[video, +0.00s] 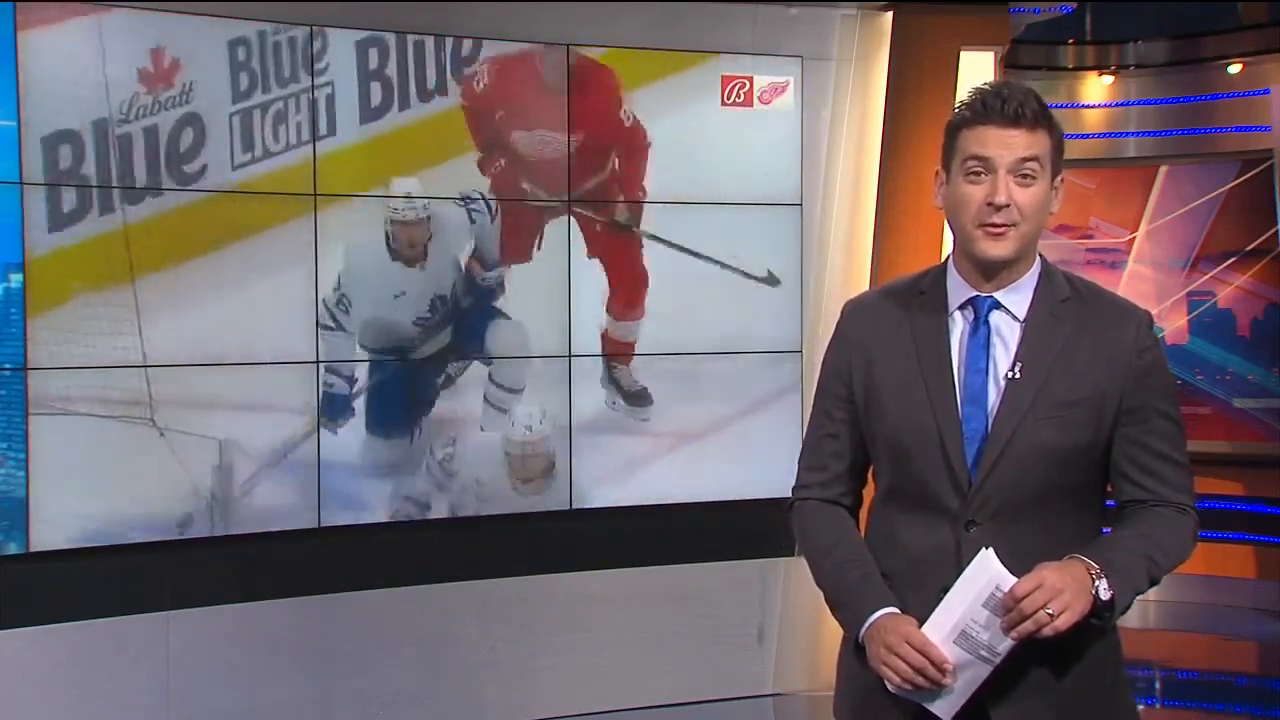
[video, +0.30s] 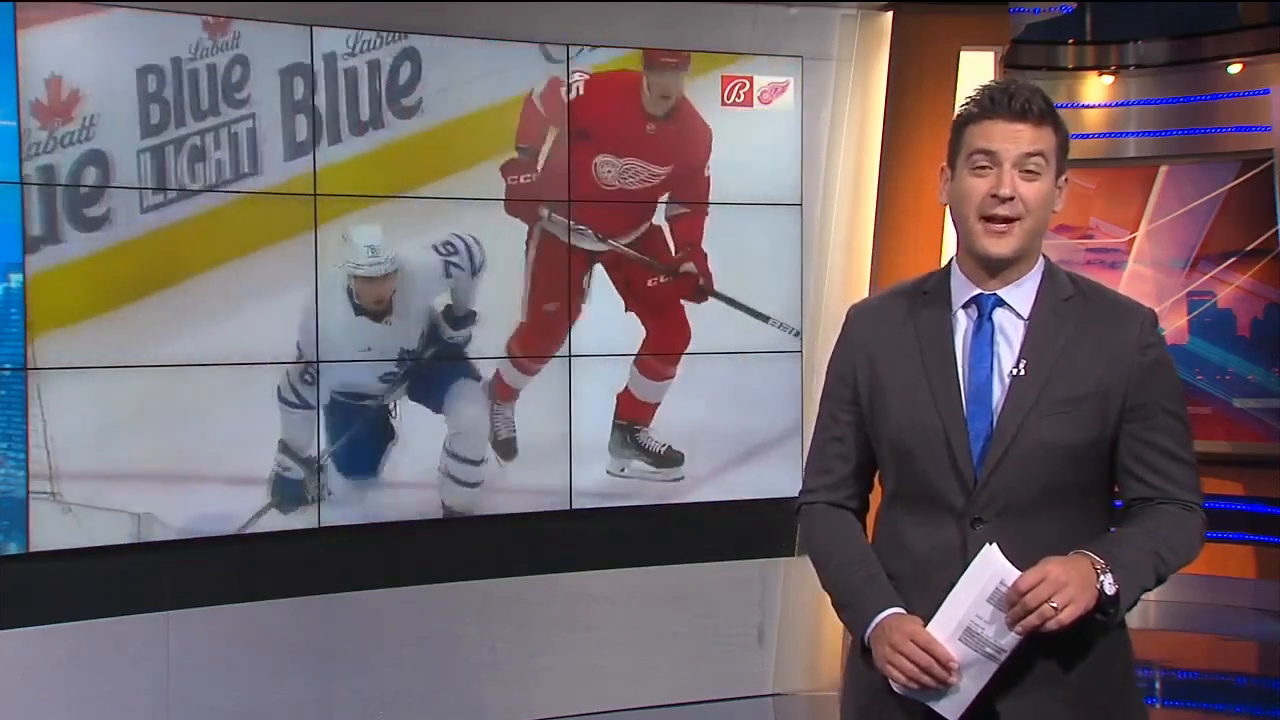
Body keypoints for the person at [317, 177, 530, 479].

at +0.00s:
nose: (412, 237)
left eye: (419, 227)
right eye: (403, 229)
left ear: (430, 223)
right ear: (388, 229)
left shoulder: (451, 223)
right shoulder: (362, 266)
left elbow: (483, 206)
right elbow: (334, 325)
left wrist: (491, 271)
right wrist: (336, 389)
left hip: (454, 323)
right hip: (398, 355)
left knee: (511, 340)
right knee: (383, 458)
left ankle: (493, 437)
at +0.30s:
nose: (379, 290)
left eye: (386, 277)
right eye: (368, 280)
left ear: (397, 273)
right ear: (350, 279)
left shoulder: (420, 270)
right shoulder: (322, 316)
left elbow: (469, 252)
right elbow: (298, 394)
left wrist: (459, 323)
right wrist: (291, 468)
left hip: (418, 361)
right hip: (352, 390)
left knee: (472, 409)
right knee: (352, 488)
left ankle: (458, 509)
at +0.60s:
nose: (265, 252)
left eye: (272, 241)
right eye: (255, 243)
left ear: (291, 234)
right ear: (244, 243)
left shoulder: (327, 231)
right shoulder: (226, 277)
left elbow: (383, 223)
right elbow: (199, 341)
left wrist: (370, 288)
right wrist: (187, 404)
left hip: (329, 311)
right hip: (263, 327)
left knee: (345, 392)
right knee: (269, 414)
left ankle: (353, 495)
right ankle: (296, 461)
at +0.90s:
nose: (132, 221)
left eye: (139, 210)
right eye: (122, 214)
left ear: (153, 205)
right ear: (109, 214)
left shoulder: (194, 215)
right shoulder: (96, 252)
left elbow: (244, 223)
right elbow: (95, 309)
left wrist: (234, 279)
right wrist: (89, 358)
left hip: (218, 301)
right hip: (153, 312)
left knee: (263, 384)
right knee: (143, 399)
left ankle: (299, 460)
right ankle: (179, 486)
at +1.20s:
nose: (159, 142)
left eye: (164, 132)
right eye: (150, 135)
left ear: (175, 127)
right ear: (139, 135)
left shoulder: (207, 138)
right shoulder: (128, 170)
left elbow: (249, 145)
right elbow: (126, 223)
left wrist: (245, 194)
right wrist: (121, 266)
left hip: (235, 216)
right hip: (181, 228)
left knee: (266, 289)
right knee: (169, 300)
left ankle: (295, 352)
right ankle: (188, 373)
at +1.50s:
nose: (204, 99)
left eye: (209, 91)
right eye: (197, 94)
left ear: (216, 88)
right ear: (186, 93)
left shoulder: (238, 100)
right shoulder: (171, 117)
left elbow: (270, 109)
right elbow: (159, 159)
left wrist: (270, 145)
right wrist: (156, 196)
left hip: (245, 168)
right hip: (196, 173)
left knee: (268, 233)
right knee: (179, 234)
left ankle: (289, 297)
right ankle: (174, 300)